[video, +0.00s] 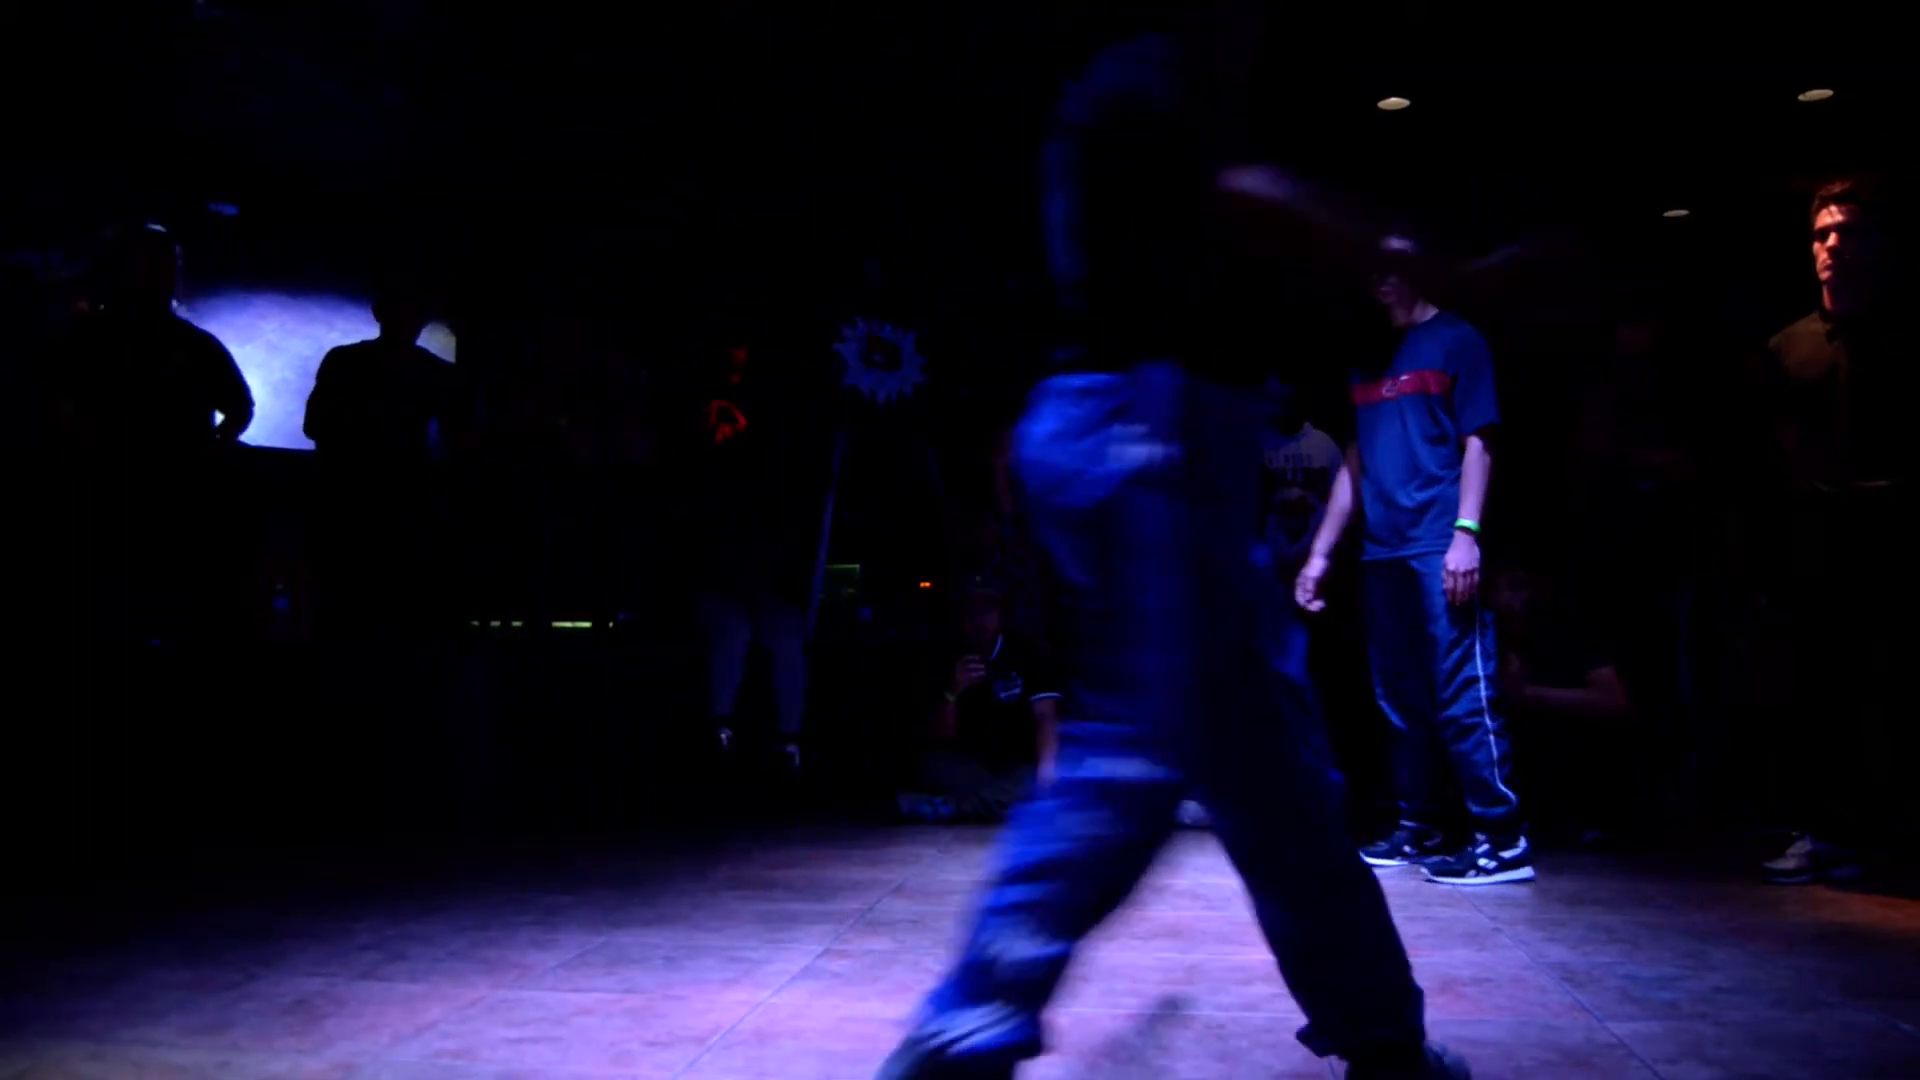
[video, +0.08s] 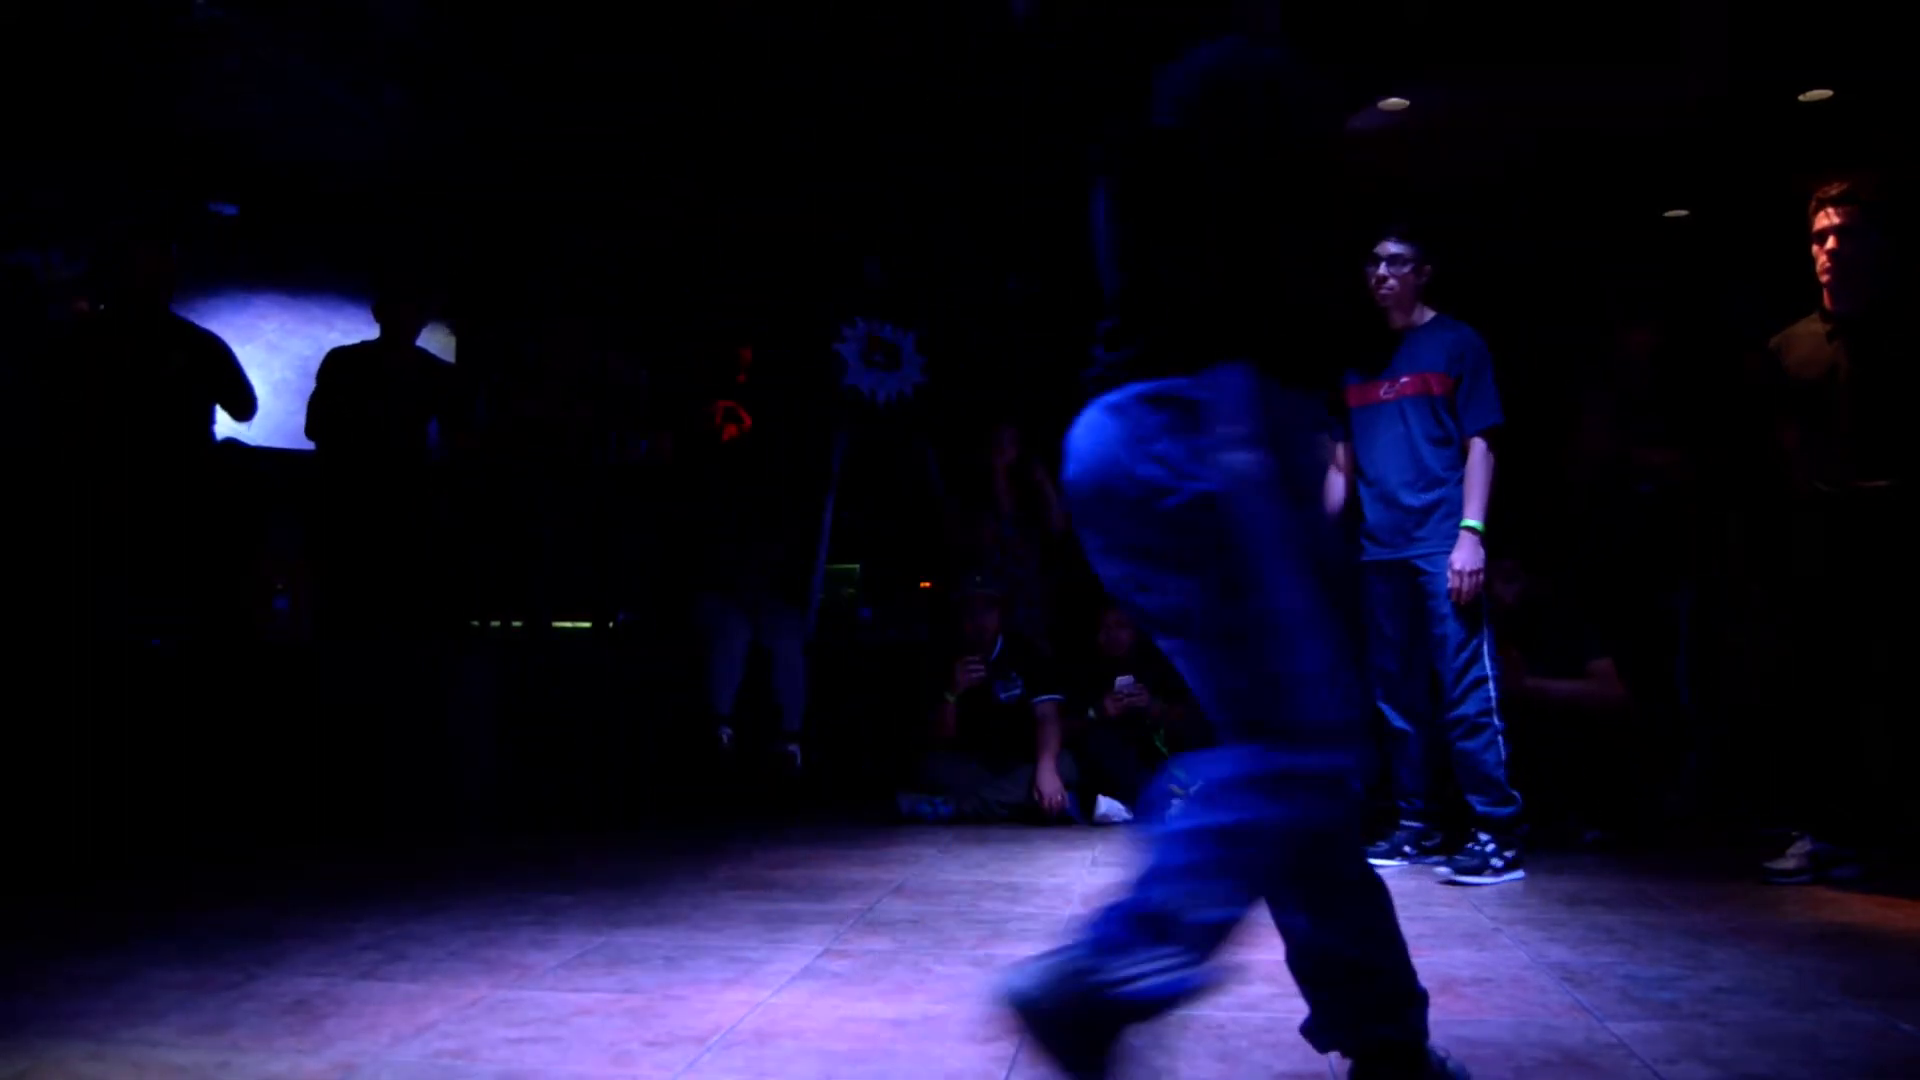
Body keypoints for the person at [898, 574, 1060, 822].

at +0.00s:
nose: (980, 625)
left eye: (986, 616)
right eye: (973, 617)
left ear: (998, 618)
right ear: (962, 621)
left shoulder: (1022, 654)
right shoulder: (952, 657)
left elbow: (1046, 716)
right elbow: (943, 735)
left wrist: (1046, 769)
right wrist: (953, 691)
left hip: (1015, 751)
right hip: (967, 752)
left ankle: (955, 807)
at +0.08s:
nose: (980, 624)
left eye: (987, 614)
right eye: (972, 615)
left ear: (999, 617)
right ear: (961, 620)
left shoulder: (1023, 653)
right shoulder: (949, 656)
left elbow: (1047, 715)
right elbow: (940, 736)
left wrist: (1047, 768)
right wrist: (953, 691)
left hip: (1019, 753)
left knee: (1062, 768)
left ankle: (957, 807)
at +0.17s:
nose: (980, 625)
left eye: (987, 616)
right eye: (972, 617)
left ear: (999, 618)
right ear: (961, 622)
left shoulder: (1023, 654)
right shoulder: (949, 657)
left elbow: (1048, 715)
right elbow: (941, 735)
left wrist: (1047, 762)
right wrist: (953, 692)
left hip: (1018, 753)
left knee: (1062, 767)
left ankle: (956, 807)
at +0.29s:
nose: (981, 624)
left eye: (988, 614)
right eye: (972, 615)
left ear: (999, 617)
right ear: (961, 620)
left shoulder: (1023, 655)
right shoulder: (948, 657)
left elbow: (1051, 719)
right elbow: (940, 735)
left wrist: (1042, 736)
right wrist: (953, 692)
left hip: (1015, 750)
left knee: (1061, 766)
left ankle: (958, 808)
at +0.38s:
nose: (981, 623)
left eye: (988, 612)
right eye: (972, 614)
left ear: (1000, 616)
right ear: (960, 620)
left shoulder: (1025, 656)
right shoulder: (946, 660)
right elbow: (939, 737)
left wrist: (1043, 719)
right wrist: (953, 693)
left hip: (1019, 752)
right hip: (966, 753)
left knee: (1062, 764)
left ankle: (960, 807)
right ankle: (1045, 805)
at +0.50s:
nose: (982, 623)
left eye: (989, 613)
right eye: (973, 614)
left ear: (1002, 617)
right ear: (961, 620)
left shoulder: (1023, 656)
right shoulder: (948, 660)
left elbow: (1048, 733)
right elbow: (940, 736)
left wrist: (1032, 701)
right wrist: (953, 693)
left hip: (1019, 753)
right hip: (967, 755)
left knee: (1062, 763)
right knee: (936, 765)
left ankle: (959, 806)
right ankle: (1041, 805)